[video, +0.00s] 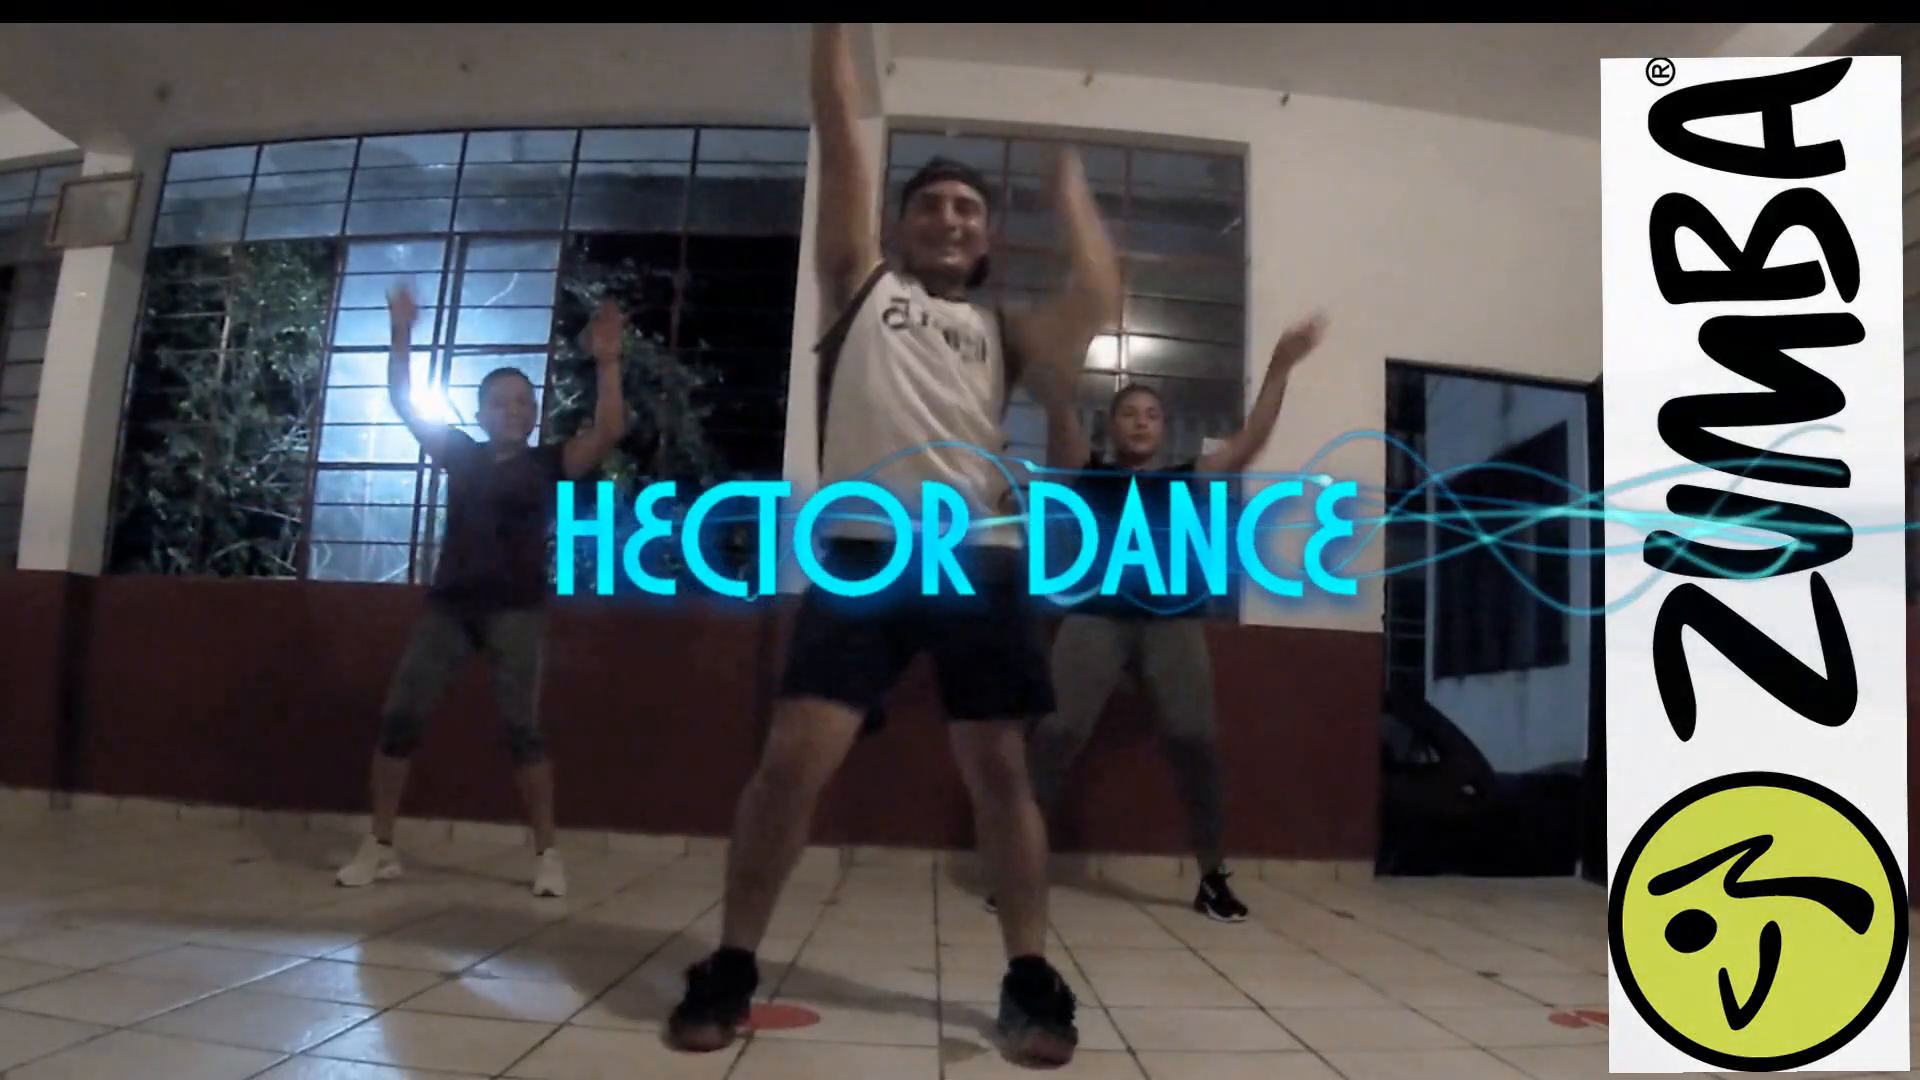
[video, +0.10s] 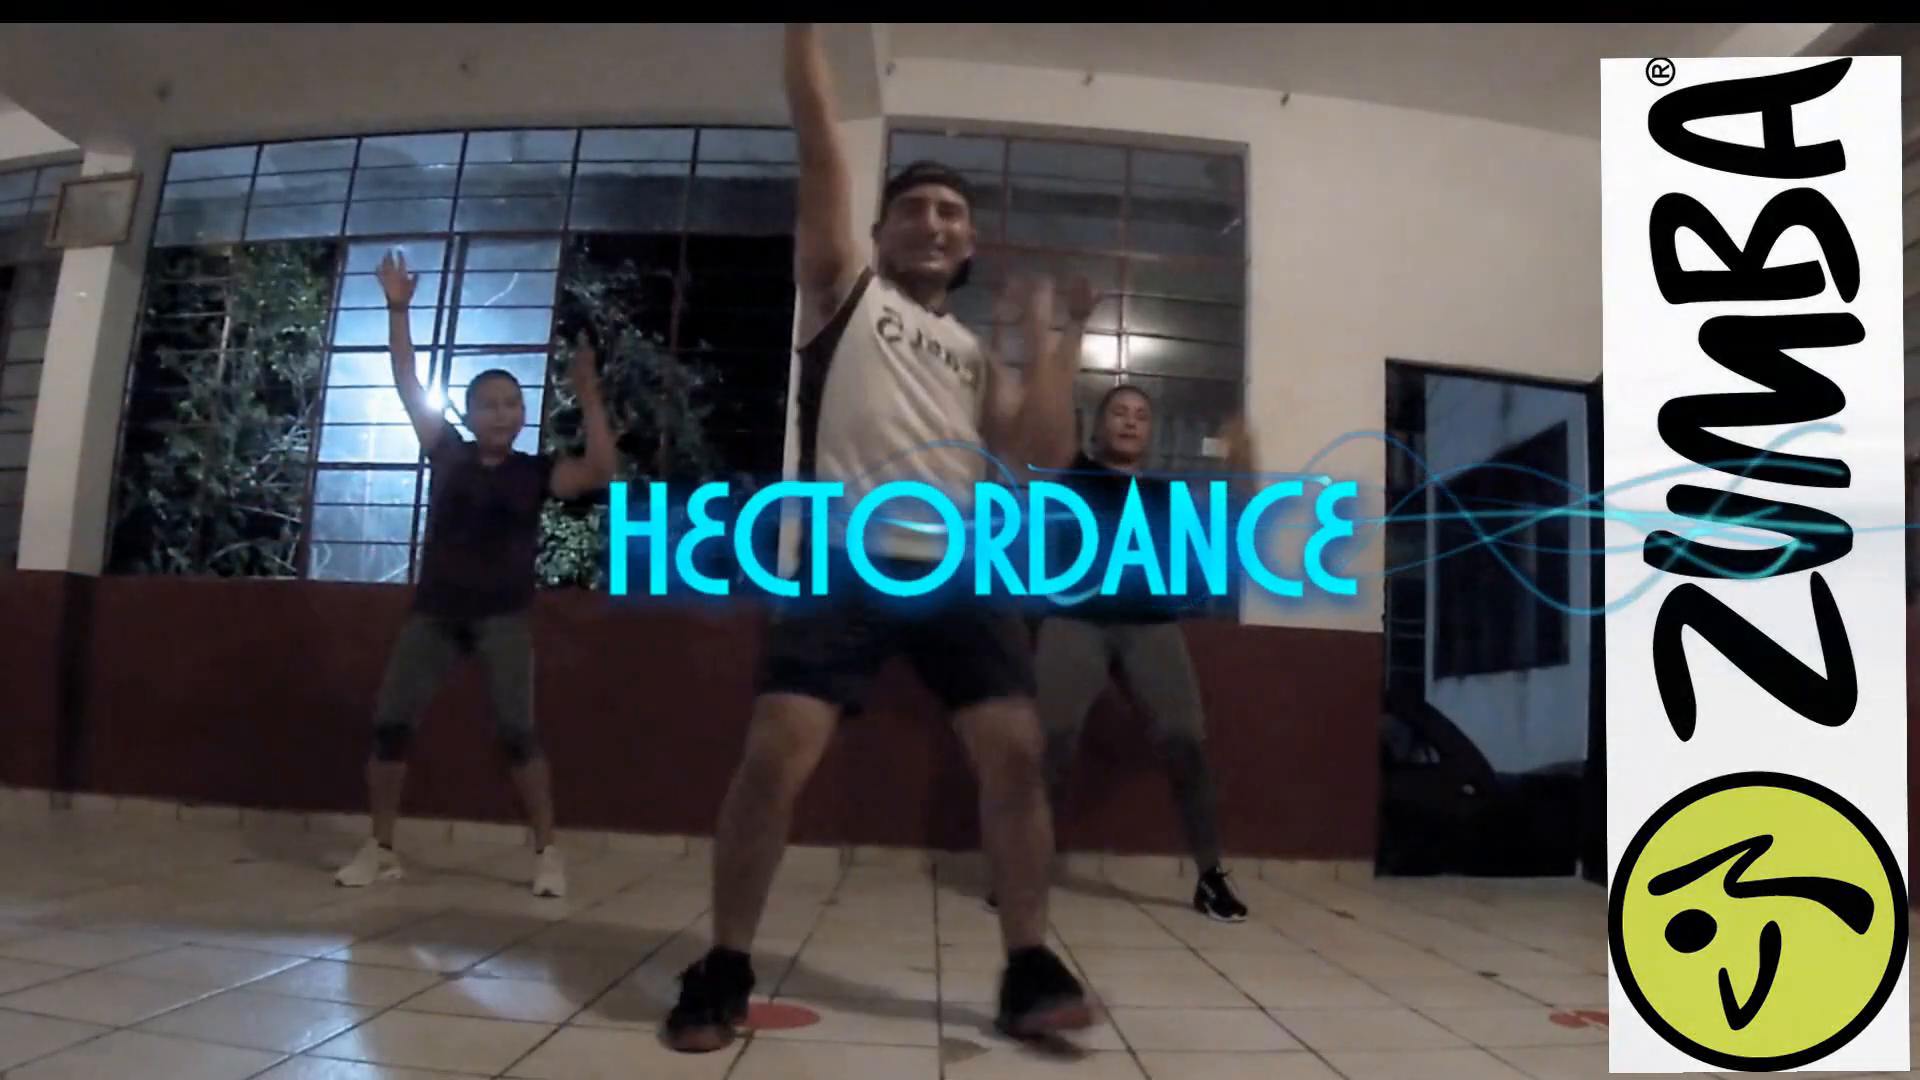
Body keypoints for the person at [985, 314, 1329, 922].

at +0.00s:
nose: (1140, 422)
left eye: (1150, 415)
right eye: (1130, 414)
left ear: (1166, 428)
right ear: (1110, 425)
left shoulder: (1189, 478)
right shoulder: (1087, 476)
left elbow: (1249, 439)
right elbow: (1060, 413)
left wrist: (1280, 366)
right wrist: (1061, 352)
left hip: (1174, 621)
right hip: (1097, 618)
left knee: (1194, 737)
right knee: (1059, 730)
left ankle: (1212, 874)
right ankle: (1018, 864)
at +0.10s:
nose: (1129, 424)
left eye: (1140, 417)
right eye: (1120, 414)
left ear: (1151, 431)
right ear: (1099, 424)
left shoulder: (1164, 489)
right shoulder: (1071, 477)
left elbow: (1226, 527)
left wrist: (1239, 470)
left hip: (1150, 623)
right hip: (1074, 621)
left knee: (1184, 741)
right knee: (1051, 744)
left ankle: (1211, 874)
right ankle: (1016, 876)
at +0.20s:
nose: (1122, 417)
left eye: (1132, 410)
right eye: (1111, 409)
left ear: (1143, 426)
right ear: (1090, 419)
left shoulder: (1152, 488)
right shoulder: (1063, 467)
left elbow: (1178, 553)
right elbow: (1045, 381)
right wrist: (1068, 310)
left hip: (1141, 619)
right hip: (1068, 617)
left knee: (1187, 725)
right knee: (1041, 734)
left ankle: (1202, 860)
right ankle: (1005, 871)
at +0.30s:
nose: (1121, 417)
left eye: (1130, 410)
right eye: (1110, 408)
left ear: (1141, 426)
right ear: (1088, 420)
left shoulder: (1147, 491)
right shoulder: (1061, 468)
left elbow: (1160, 568)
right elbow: (1042, 385)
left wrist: (1170, 630)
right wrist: (1064, 315)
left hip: (1136, 625)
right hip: (1069, 624)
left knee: (1186, 721)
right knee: (1048, 737)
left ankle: (1174, 835)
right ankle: (1012, 856)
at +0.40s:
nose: (1120, 420)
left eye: (1128, 414)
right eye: (1109, 412)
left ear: (1141, 427)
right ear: (1088, 424)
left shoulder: (1155, 492)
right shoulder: (1065, 476)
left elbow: (1177, 554)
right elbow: (1036, 403)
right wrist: (1061, 327)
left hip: (1145, 623)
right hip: (1077, 621)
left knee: (1172, 730)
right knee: (1055, 734)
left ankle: (1159, 837)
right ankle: (1012, 860)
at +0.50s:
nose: (1127, 427)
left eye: (1136, 420)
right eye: (1115, 420)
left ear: (1148, 434)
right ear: (1097, 432)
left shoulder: (1165, 494)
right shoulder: (1079, 483)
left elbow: (1189, 551)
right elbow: (1035, 431)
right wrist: (1063, 357)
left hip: (1156, 632)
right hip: (1091, 628)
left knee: (1163, 744)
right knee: (1064, 742)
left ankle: (1144, 854)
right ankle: (1017, 862)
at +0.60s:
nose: (1137, 433)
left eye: (1144, 425)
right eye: (1125, 427)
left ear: (1156, 435)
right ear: (1108, 439)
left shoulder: (1179, 501)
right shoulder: (1098, 489)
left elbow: (1186, 574)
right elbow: (1043, 495)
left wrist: (1195, 639)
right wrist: (1069, 432)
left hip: (1165, 642)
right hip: (1102, 637)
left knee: (1164, 752)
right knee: (1071, 750)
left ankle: (1143, 860)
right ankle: (1020, 863)